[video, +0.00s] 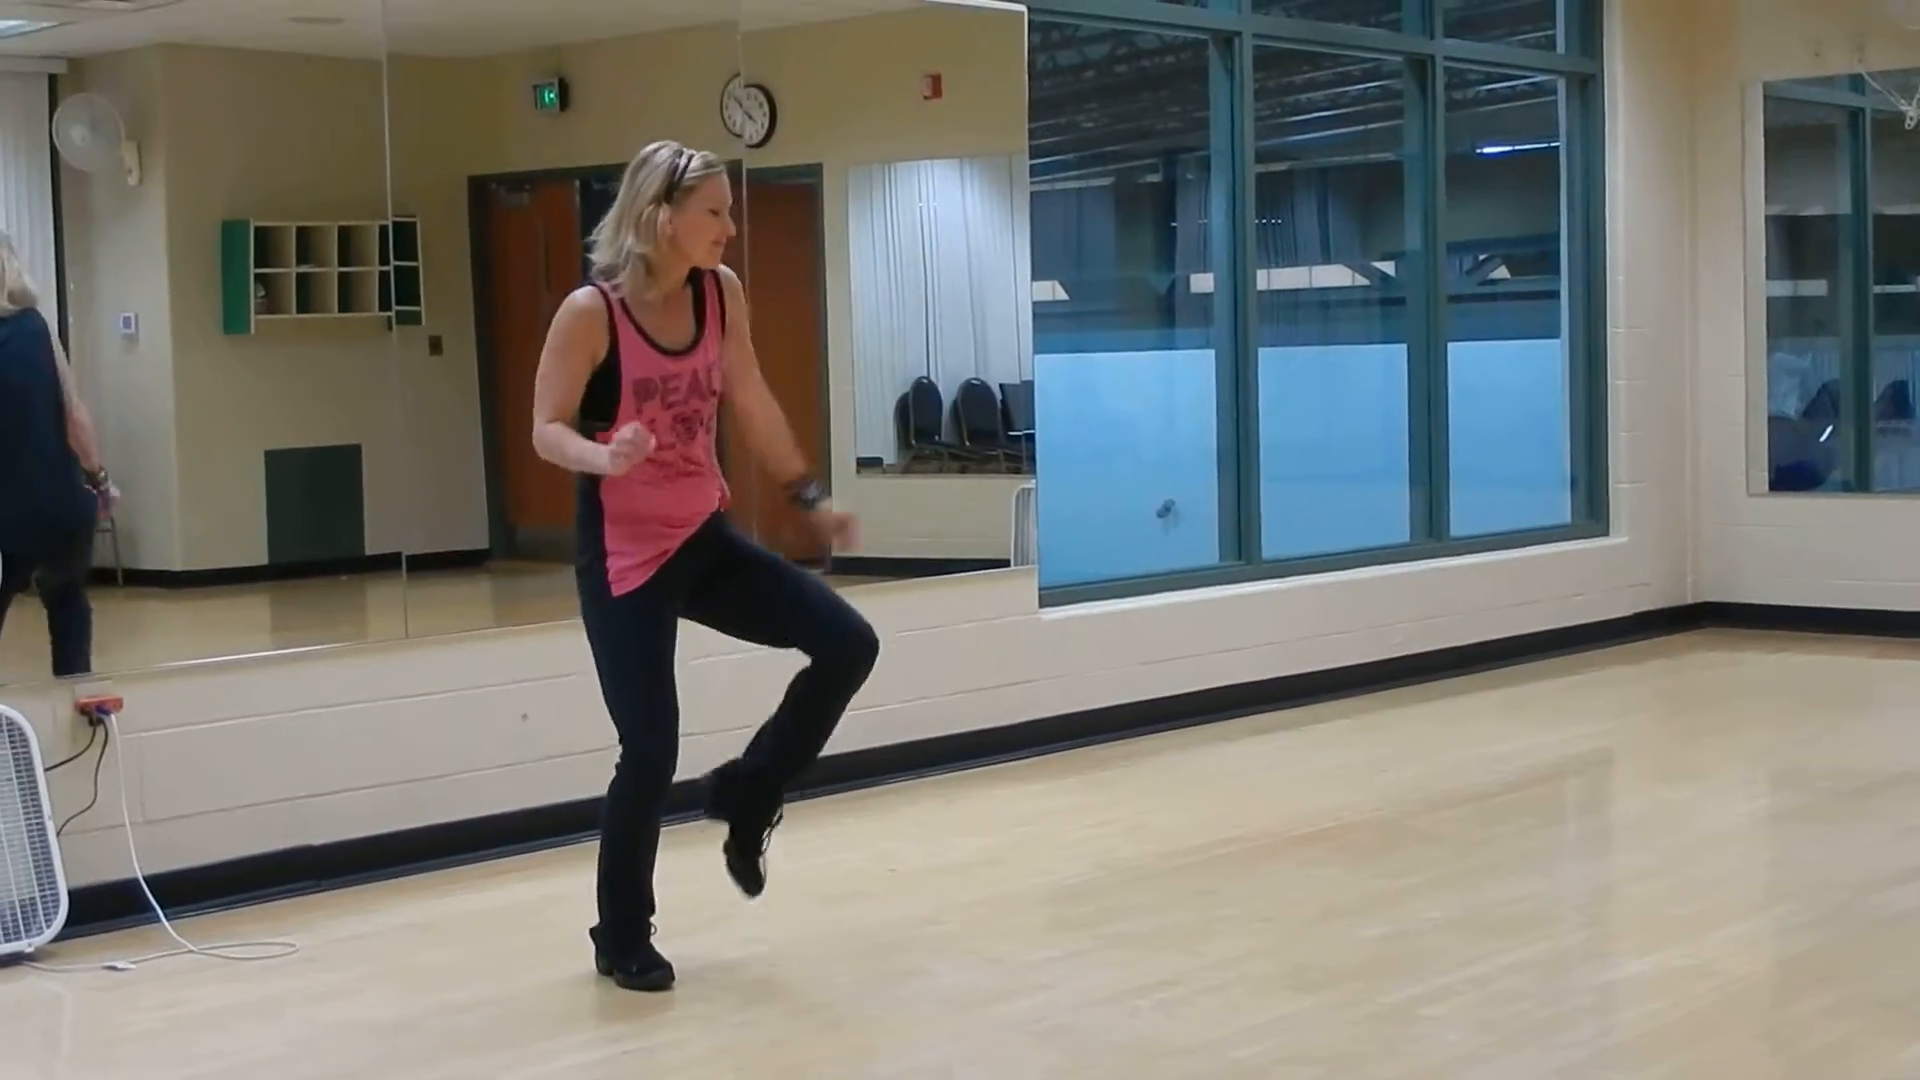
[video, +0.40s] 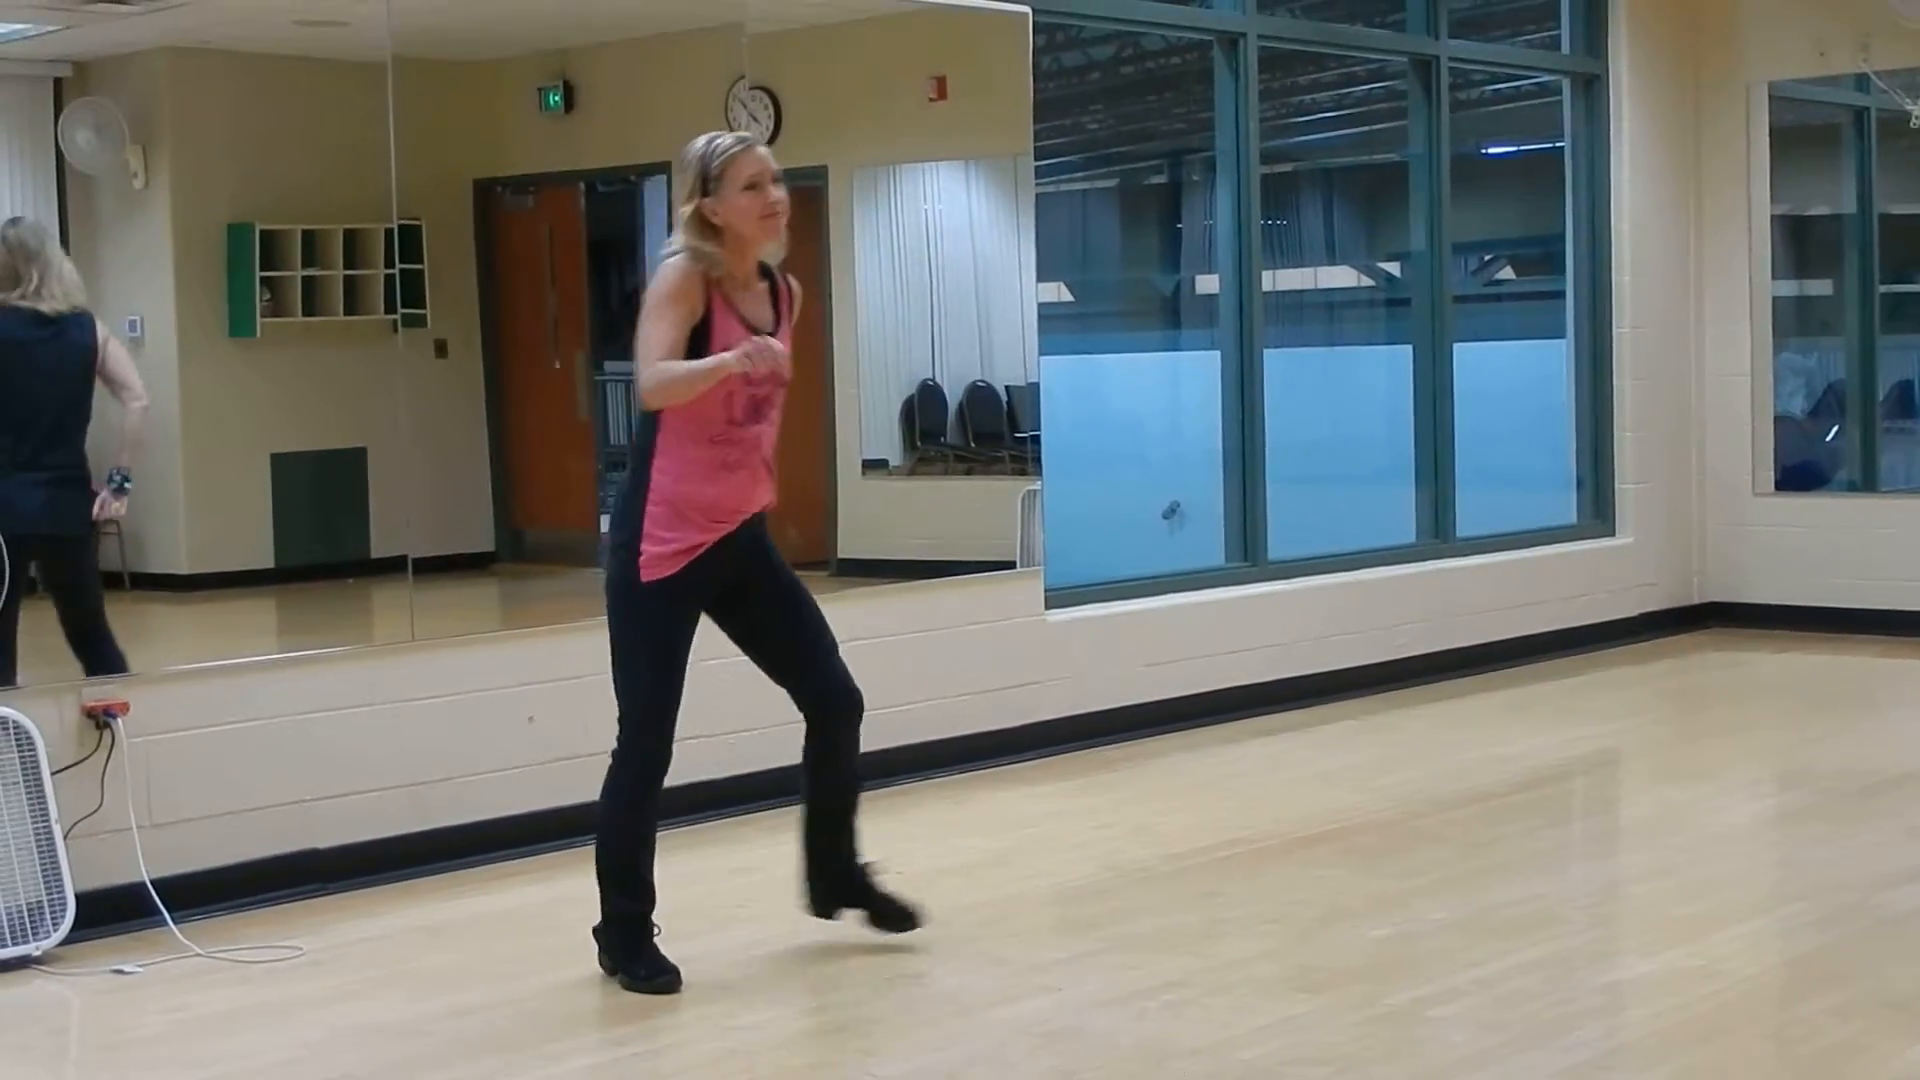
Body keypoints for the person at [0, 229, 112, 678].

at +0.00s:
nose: (19, 272)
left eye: (12, 261)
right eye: (14, 263)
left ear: (7, 278)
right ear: (14, 275)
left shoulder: (31, 327)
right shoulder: (31, 328)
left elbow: (70, 410)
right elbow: (70, 412)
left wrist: (96, 475)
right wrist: (97, 475)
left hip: (15, 508)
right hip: (56, 501)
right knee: (67, 602)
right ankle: (76, 709)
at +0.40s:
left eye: (2, 261)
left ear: (7, 267)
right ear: (54, 264)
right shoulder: (85, 328)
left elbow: (136, 401)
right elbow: (136, 400)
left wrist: (119, 481)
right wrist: (120, 481)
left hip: (9, 509)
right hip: (64, 505)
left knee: (3, 642)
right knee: (89, 630)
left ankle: (8, 746)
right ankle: (134, 739)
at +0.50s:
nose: (8, 272)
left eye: (13, 263)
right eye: (10, 263)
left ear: (24, 267)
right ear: (74, 264)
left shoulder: (10, 322)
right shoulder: (106, 327)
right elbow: (165, 391)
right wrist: (136, 465)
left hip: (15, 508)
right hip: (79, 507)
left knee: (9, 647)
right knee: (116, 640)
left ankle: (10, 750)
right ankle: (178, 732)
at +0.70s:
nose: (62, 279)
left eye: (64, 272)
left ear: (71, 278)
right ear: (121, 273)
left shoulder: (57, 343)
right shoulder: (160, 336)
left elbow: (11, 424)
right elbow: (200, 407)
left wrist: (12, 451)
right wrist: (159, 420)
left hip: (76, 517)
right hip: (146, 516)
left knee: (36, 656)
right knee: (166, 645)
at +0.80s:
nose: (84, 276)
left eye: (87, 269)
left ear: (95, 274)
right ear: (144, 269)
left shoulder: (81, 336)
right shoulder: (184, 331)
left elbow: (60, 427)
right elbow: (211, 416)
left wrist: (39, 505)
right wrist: (169, 381)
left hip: (111, 516)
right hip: (181, 512)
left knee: (49, 644)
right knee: (186, 647)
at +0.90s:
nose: (104, 277)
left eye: (108, 268)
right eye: (105, 268)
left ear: (117, 273)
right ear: (167, 269)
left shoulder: (101, 332)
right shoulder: (201, 330)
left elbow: (97, 420)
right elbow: (221, 417)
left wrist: (98, 498)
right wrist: (176, 396)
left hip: (139, 513)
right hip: (204, 510)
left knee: (70, 634)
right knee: (197, 648)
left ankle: (112, 737)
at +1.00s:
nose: (123, 275)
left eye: (126, 267)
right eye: (125, 267)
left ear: (135, 274)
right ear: (185, 272)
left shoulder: (124, 330)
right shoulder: (212, 328)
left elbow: (124, 407)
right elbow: (235, 412)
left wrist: (122, 488)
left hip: (159, 513)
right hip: (221, 510)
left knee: (105, 635)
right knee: (203, 648)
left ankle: (163, 715)